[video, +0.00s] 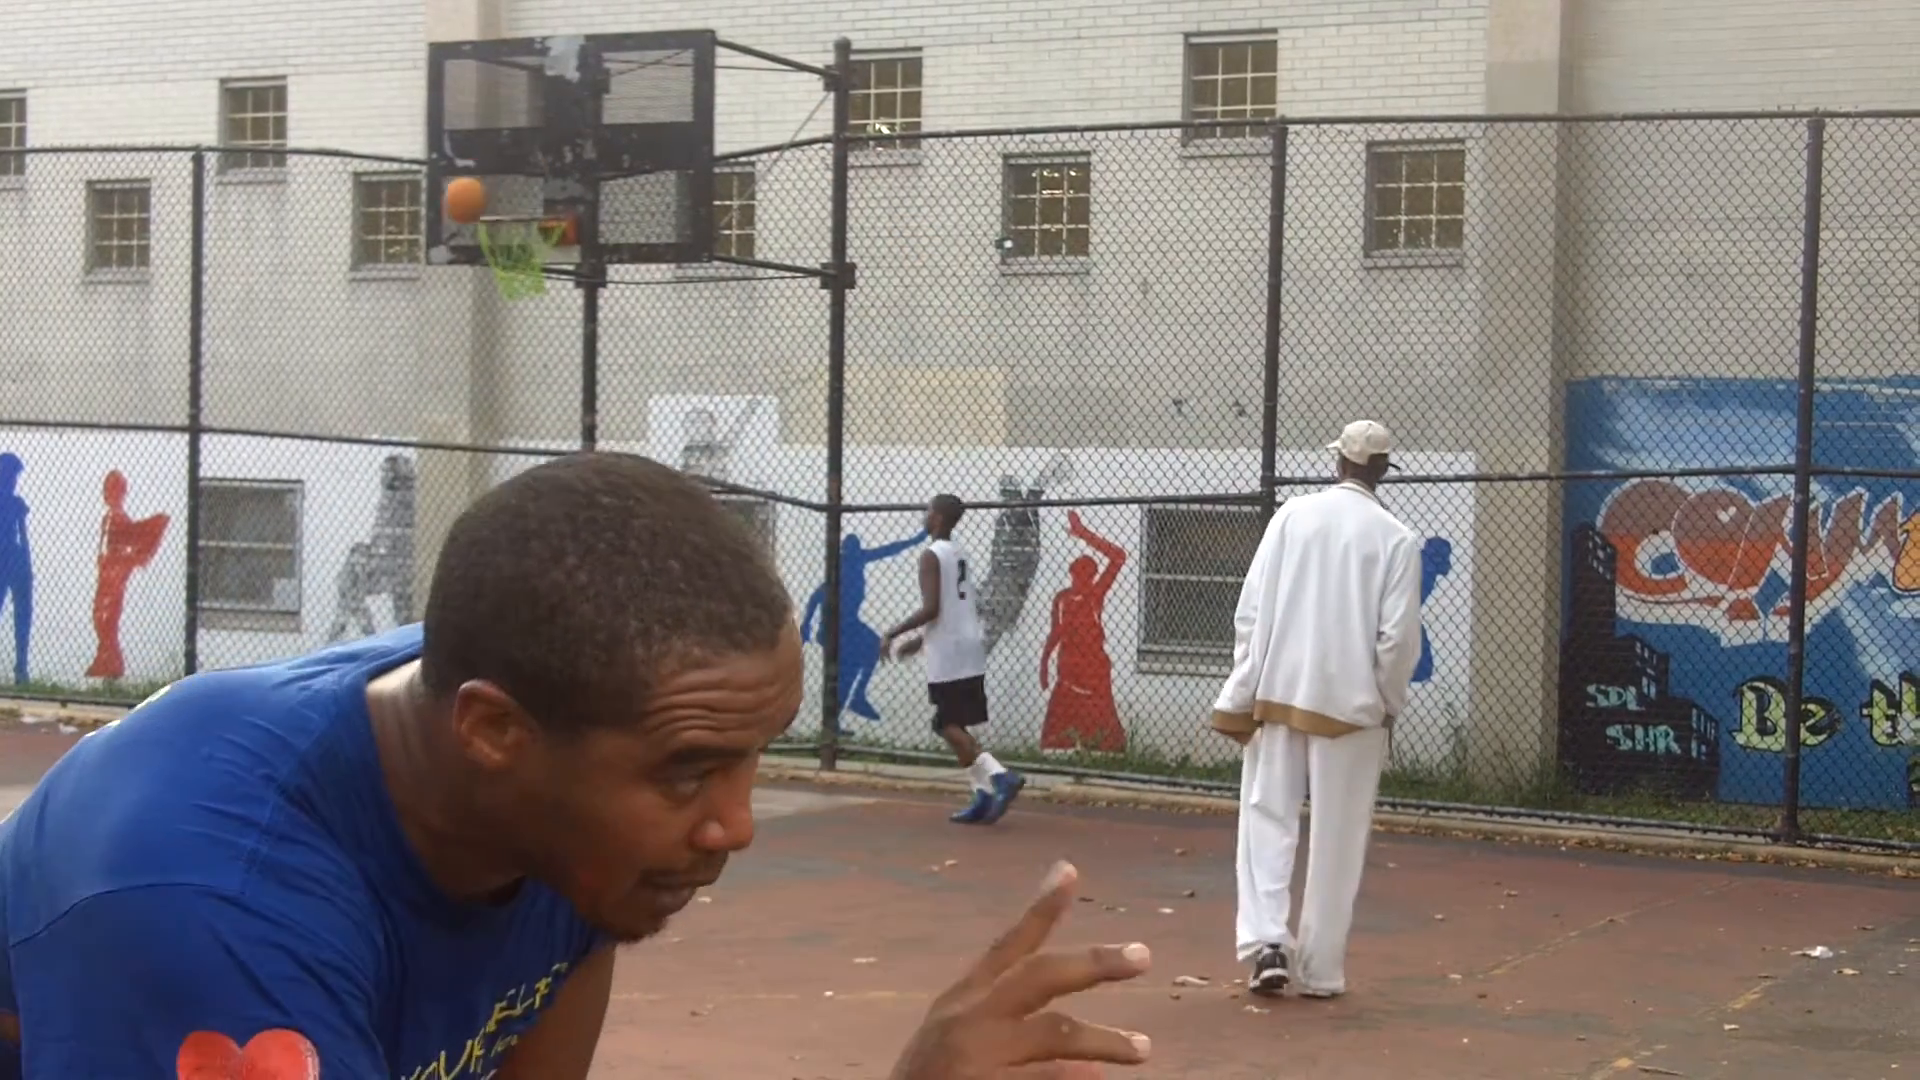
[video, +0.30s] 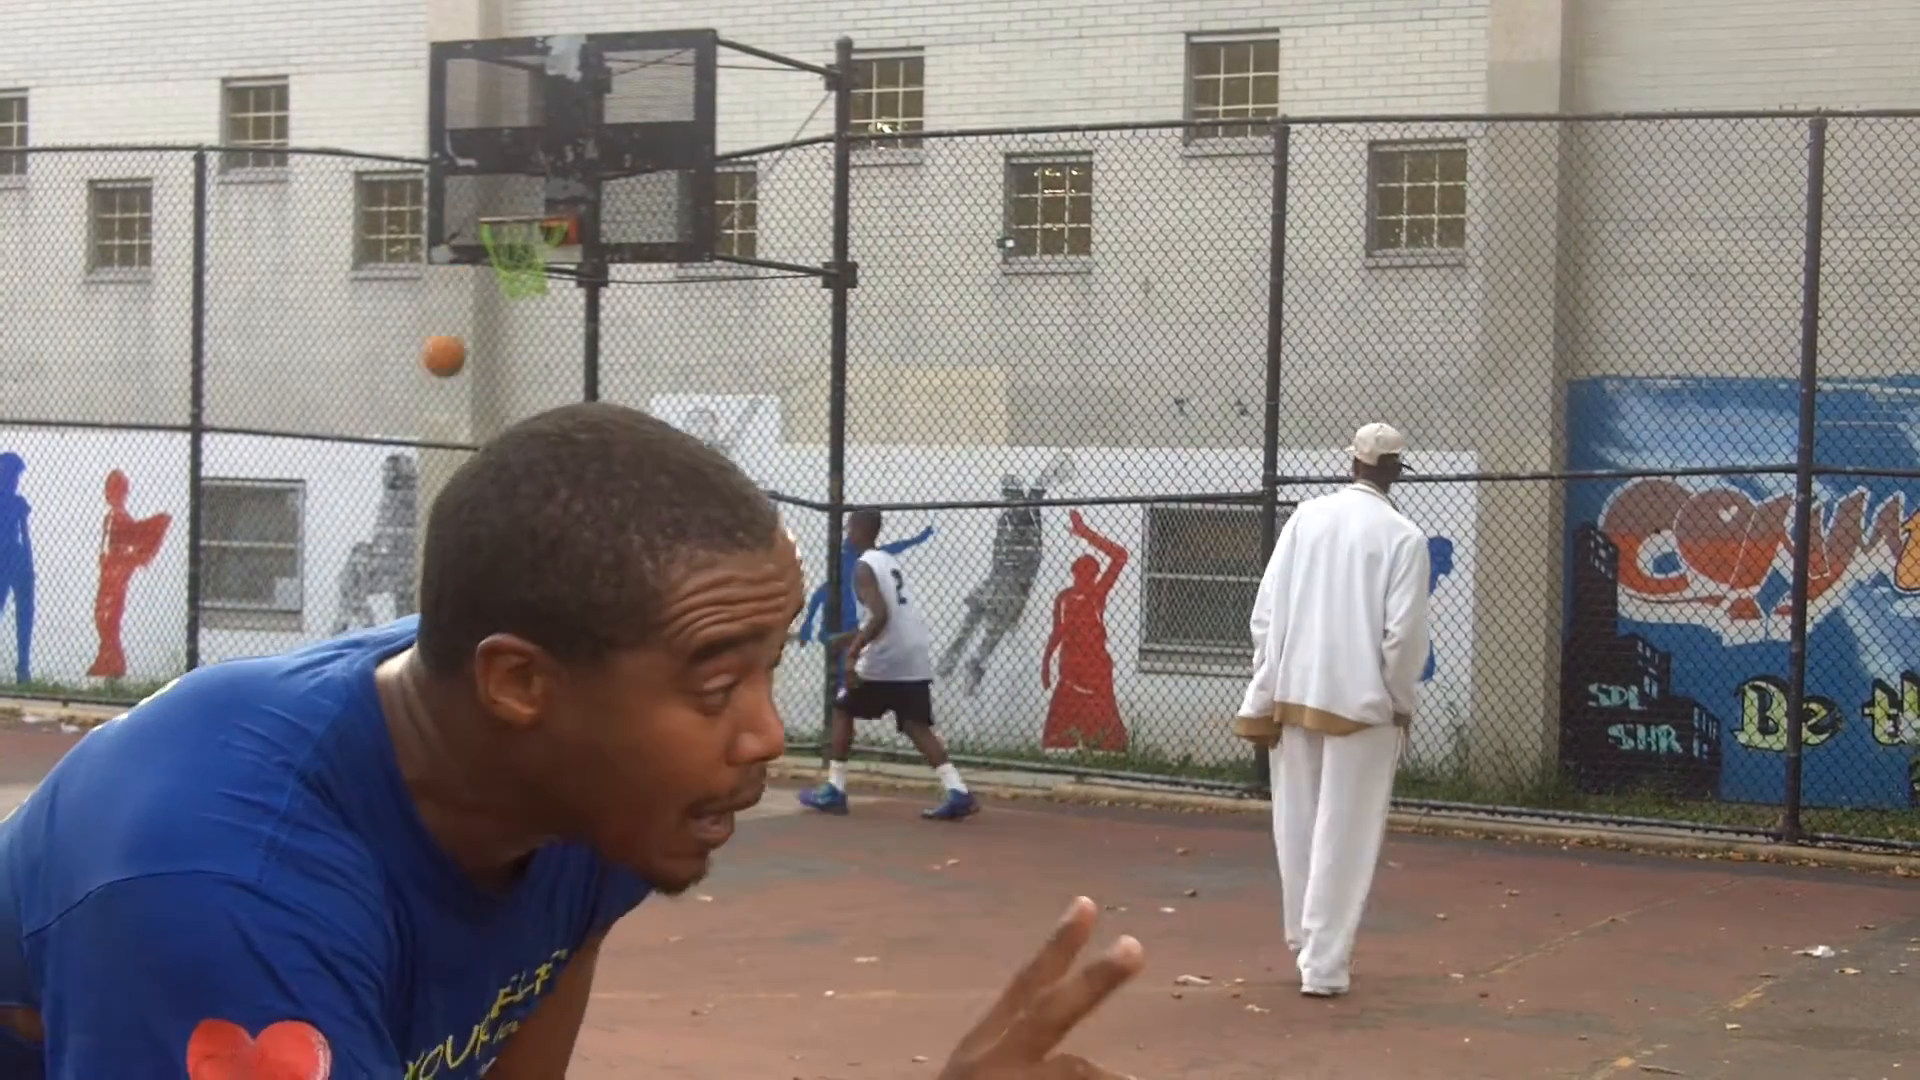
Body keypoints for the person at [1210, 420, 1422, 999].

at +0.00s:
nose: (1360, 471)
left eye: (1346, 461)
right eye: (1375, 466)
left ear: (1336, 463)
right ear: (1383, 470)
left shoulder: (1290, 517)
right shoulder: (1395, 538)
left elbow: (1250, 613)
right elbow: (1396, 637)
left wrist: (1243, 690)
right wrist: (1390, 705)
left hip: (1277, 692)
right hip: (1350, 701)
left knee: (1266, 818)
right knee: (1339, 833)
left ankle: (1265, 942)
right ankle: (1321, 972)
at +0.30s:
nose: (1383, 473)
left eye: (1368, 463)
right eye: (1392, 467)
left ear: (1351, 465)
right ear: (1396, 471)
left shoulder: (1305, 517)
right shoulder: (1402, 537)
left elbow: (1265, 613)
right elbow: (1402, 635)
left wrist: (1267, 686)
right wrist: (1403, 703)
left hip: (1294, 693)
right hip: (1361, 700)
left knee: (1296, 822)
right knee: (1344, 829)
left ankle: (1303, 940)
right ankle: (1323, 967)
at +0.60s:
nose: (1393, 479)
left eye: (1373, 465)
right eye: (1398, 472)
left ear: (1354, 470)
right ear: (1398, 475)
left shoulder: (1312, 528)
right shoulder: (1407, 538)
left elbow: (1282, 627)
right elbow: (1410, 634)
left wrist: (1293, 697)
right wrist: (1417, 704)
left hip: (1314, 699)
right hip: (1378, 703)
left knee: (1333, 831)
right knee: (1363, 832)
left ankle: (1367, 945)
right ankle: (1324, 962)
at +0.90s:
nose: (1395, 475)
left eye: (1376, 468)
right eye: (1398, 467)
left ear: (1356, 475)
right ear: (1400, 473)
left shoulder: (1326, 534)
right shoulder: (1425, 530)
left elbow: (1306, 629)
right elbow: (1438, 624)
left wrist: (1312, 704)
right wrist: (1452, 693)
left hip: (1342, 697)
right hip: (1407, 696)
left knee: (1353, 822)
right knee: (1409, 826)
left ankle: (1369, 945)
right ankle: (1356, 921)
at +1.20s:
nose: (1424, 479)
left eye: (1409, 471)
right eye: (1428, 472)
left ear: (1385, 475)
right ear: (1429, 476)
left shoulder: (1349, 530)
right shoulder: (1453, 533)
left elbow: (1321, 625)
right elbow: (1464, 628)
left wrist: (1326, 697)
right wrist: (1472, 696)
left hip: (1357, 697)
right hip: (1429, 698)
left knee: (1355, 825)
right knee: (1441, 828)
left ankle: (1357, 947)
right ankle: (1454, 956)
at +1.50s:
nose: (1470, 481)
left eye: (1454, 469)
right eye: (1480, 476)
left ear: (1439, 472)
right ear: (1484, 478)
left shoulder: (1395, 521)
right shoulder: (1498, 540)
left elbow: (1359, 615)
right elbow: (1504, 634)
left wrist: (1356, 687)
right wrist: (1494, 696)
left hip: (1385, 690)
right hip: (1459, 697)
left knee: (1369, 820)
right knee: (1460, 830)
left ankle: (1363, 939)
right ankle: (1461, 960)